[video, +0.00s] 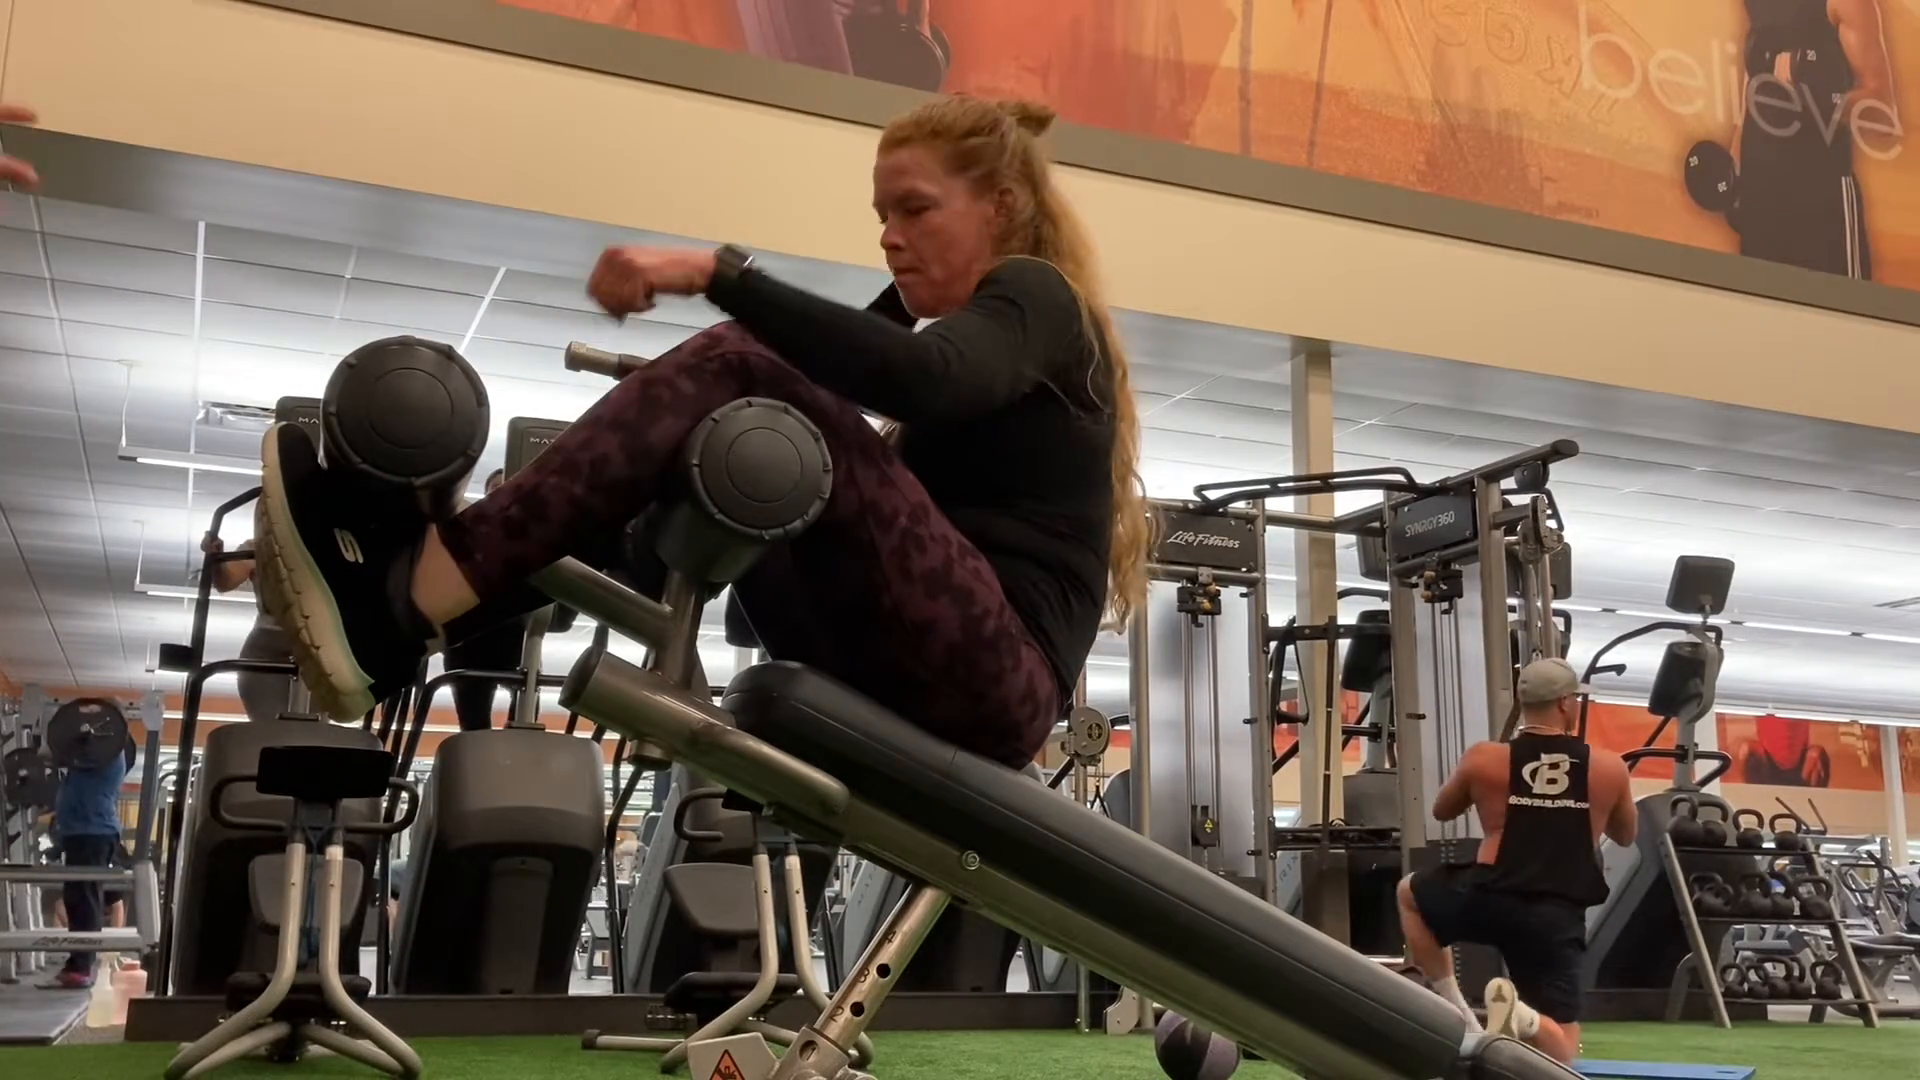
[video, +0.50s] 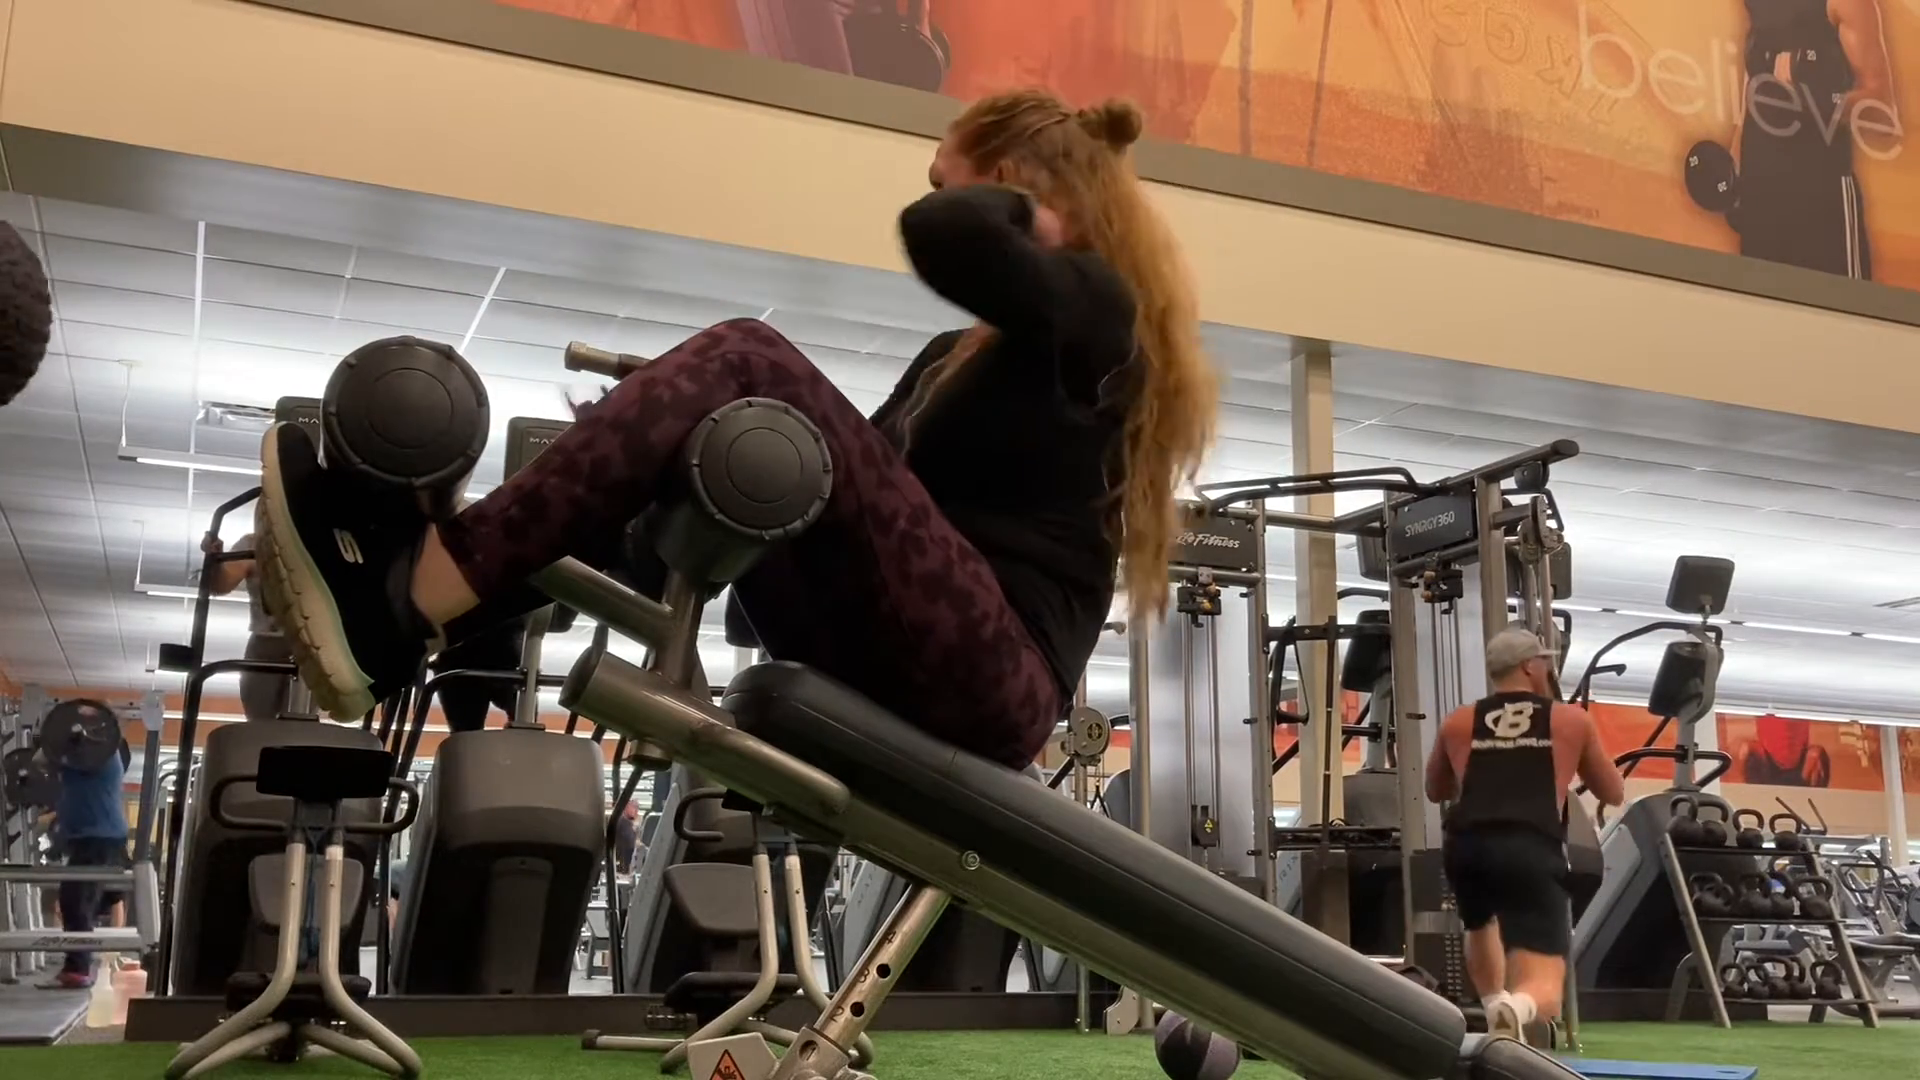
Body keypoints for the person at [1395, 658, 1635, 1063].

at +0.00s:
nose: (1578, 705)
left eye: (1577, 698)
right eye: (1575, 698)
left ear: (1522, 702)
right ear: (1565, 703)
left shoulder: (1484, 758)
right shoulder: (1608, 767)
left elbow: (1442, 810)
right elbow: (1625, 835)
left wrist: (1482, 783)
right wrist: (1591, 793)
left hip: (1488, 897)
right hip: (1556, 912)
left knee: (1410, 895)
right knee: (1566, 1049)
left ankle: (1455, 1009)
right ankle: (1520, 1015)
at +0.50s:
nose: (1549, 671)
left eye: (1547, 662)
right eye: (1545, 662)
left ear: (1495, 671)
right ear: (1528, 668)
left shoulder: (1458, 722)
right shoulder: (1573, 721)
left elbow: (1437, 789)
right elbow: (1613, 792)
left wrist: (1481, 768)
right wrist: (1582, 764)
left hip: (1467, 848)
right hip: (1531, 849)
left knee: (1478, 922)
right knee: (1542, 986)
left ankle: (1499, 1020)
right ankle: (1509, 1009)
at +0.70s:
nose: (1551, 630)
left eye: (1547, 621)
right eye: (1545, 621)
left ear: (1494, 632)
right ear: (1527, 625)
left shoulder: (1458, 679)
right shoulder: (1563, 670)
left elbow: (1442, 751)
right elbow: (1606, 740)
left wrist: (1487, 727)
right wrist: (1571, 720)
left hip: (1471, 792)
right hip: (1533, 786)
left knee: (1487, 912)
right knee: (1576, 906)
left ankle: (1501, 1029)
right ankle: (1531, 983)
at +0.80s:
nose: (1552, 613)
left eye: (1551, 604)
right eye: (1548, 604)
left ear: (1494, 613)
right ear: (1529, 607)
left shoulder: (1457, 665)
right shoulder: (1559, 648)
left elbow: (1453, 734)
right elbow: (1607, 715)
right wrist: (1573, 683)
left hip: (1473, 781)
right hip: (1534, 772)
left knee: (1490, 906)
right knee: (1620, 871)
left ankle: (1503, 1031)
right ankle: (1548, 962)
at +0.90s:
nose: (1549, 600)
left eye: (1546, 592)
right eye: (1545, 592)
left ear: (1494, 598)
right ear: (1529, 593)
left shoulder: (1461, 652)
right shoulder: (1555, 634)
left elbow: (1462, 716)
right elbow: (1612, 695)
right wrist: (1583, 659)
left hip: (1480, 779)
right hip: (1542, 769)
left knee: (1497, 904)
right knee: (1645, 843)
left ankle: (1503, 1028)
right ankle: (1596, 954)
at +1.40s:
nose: (1584, 603)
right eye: (1590, 594)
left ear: (1544, 598)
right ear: (1590, 597)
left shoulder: (1517, 656)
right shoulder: (1628, 652)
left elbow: (1493, 728)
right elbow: (1651, 723)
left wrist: (1500, 780)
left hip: (1550, 796)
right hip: (1618, 796)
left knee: (1531, 905)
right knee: (1646, 907)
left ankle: (1504, 1031)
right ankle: (1680, 1038)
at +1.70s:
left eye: (1586, 595)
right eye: (1617, 596)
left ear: (1580, 598)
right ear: (1625, 599)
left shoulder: (1561, 646)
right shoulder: (1660, 648)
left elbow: (1539, 711)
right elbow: (1682, 718)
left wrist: (1523, 777)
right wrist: (1651, 744)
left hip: (1590, 787)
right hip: (1654, 786)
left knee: (1570, 897)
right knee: (1665, 904)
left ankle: (1583, 1026)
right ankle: (1683, 1036)